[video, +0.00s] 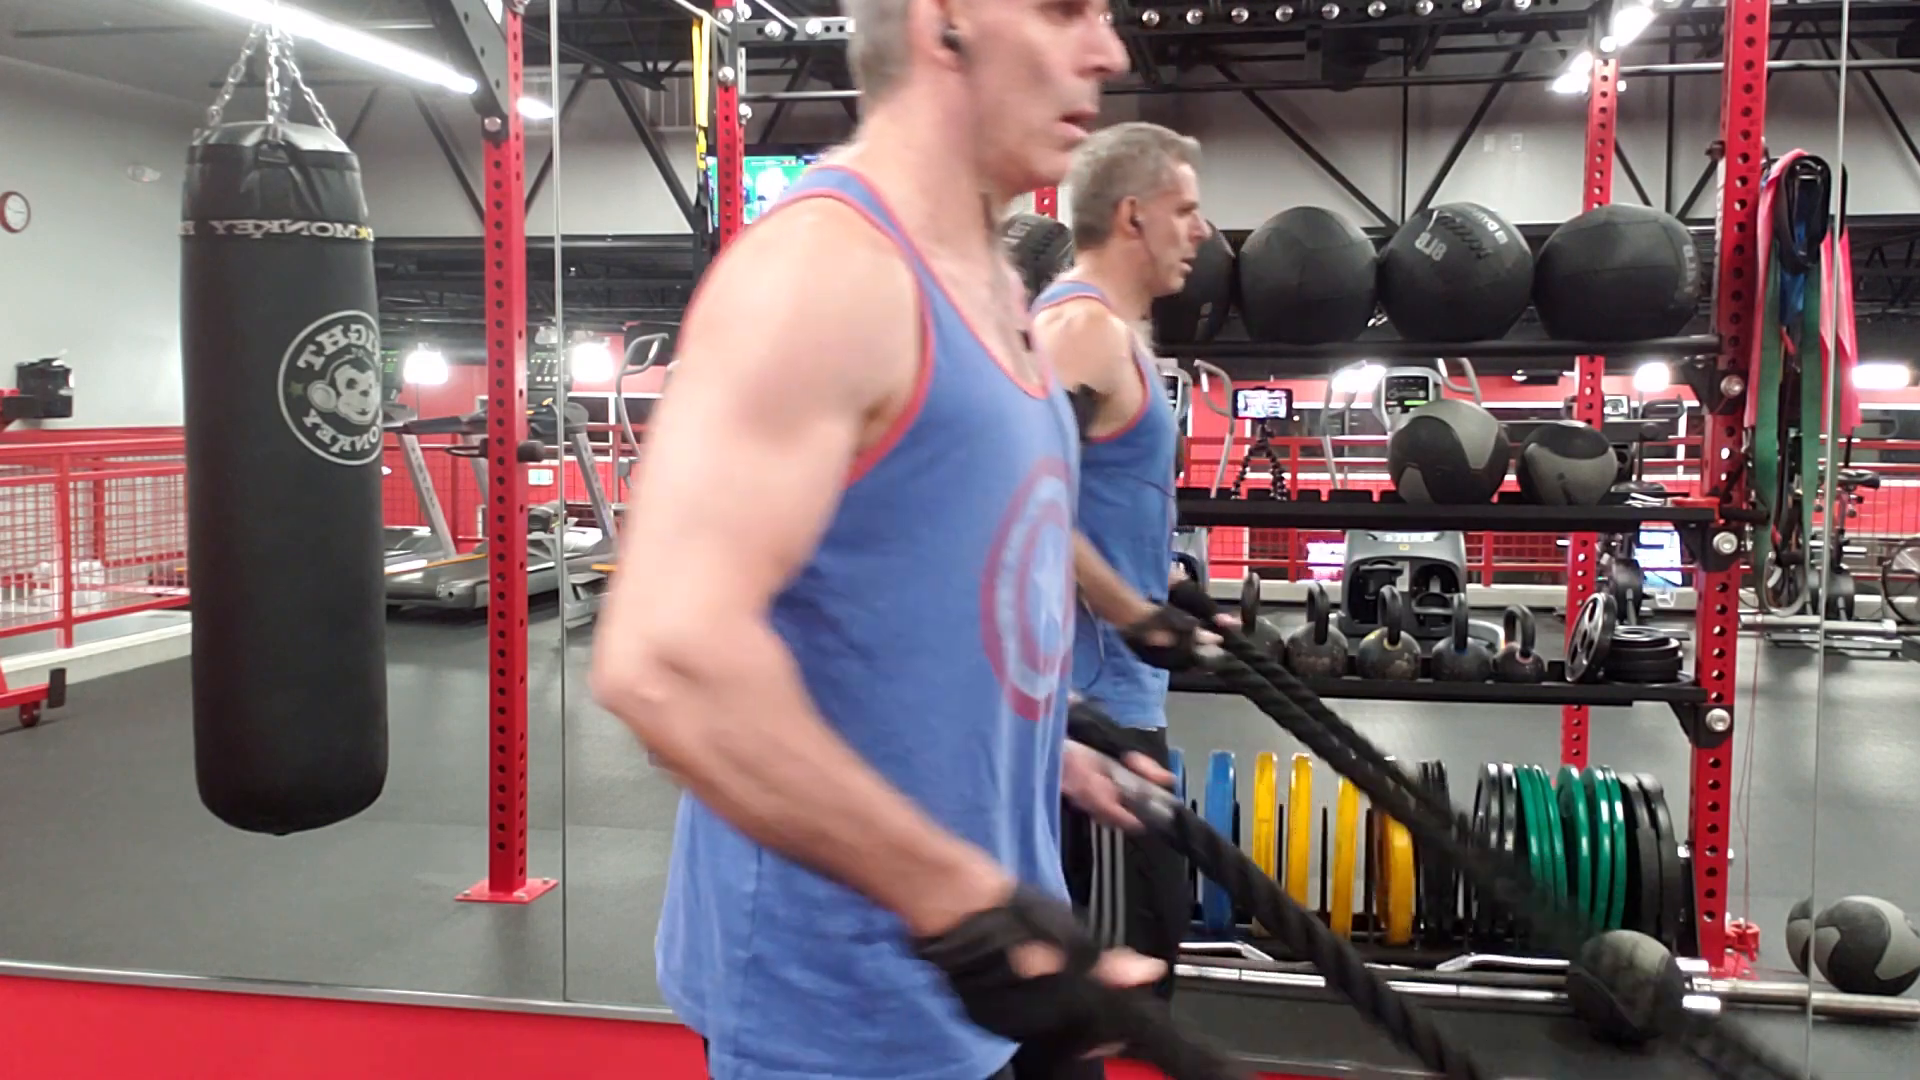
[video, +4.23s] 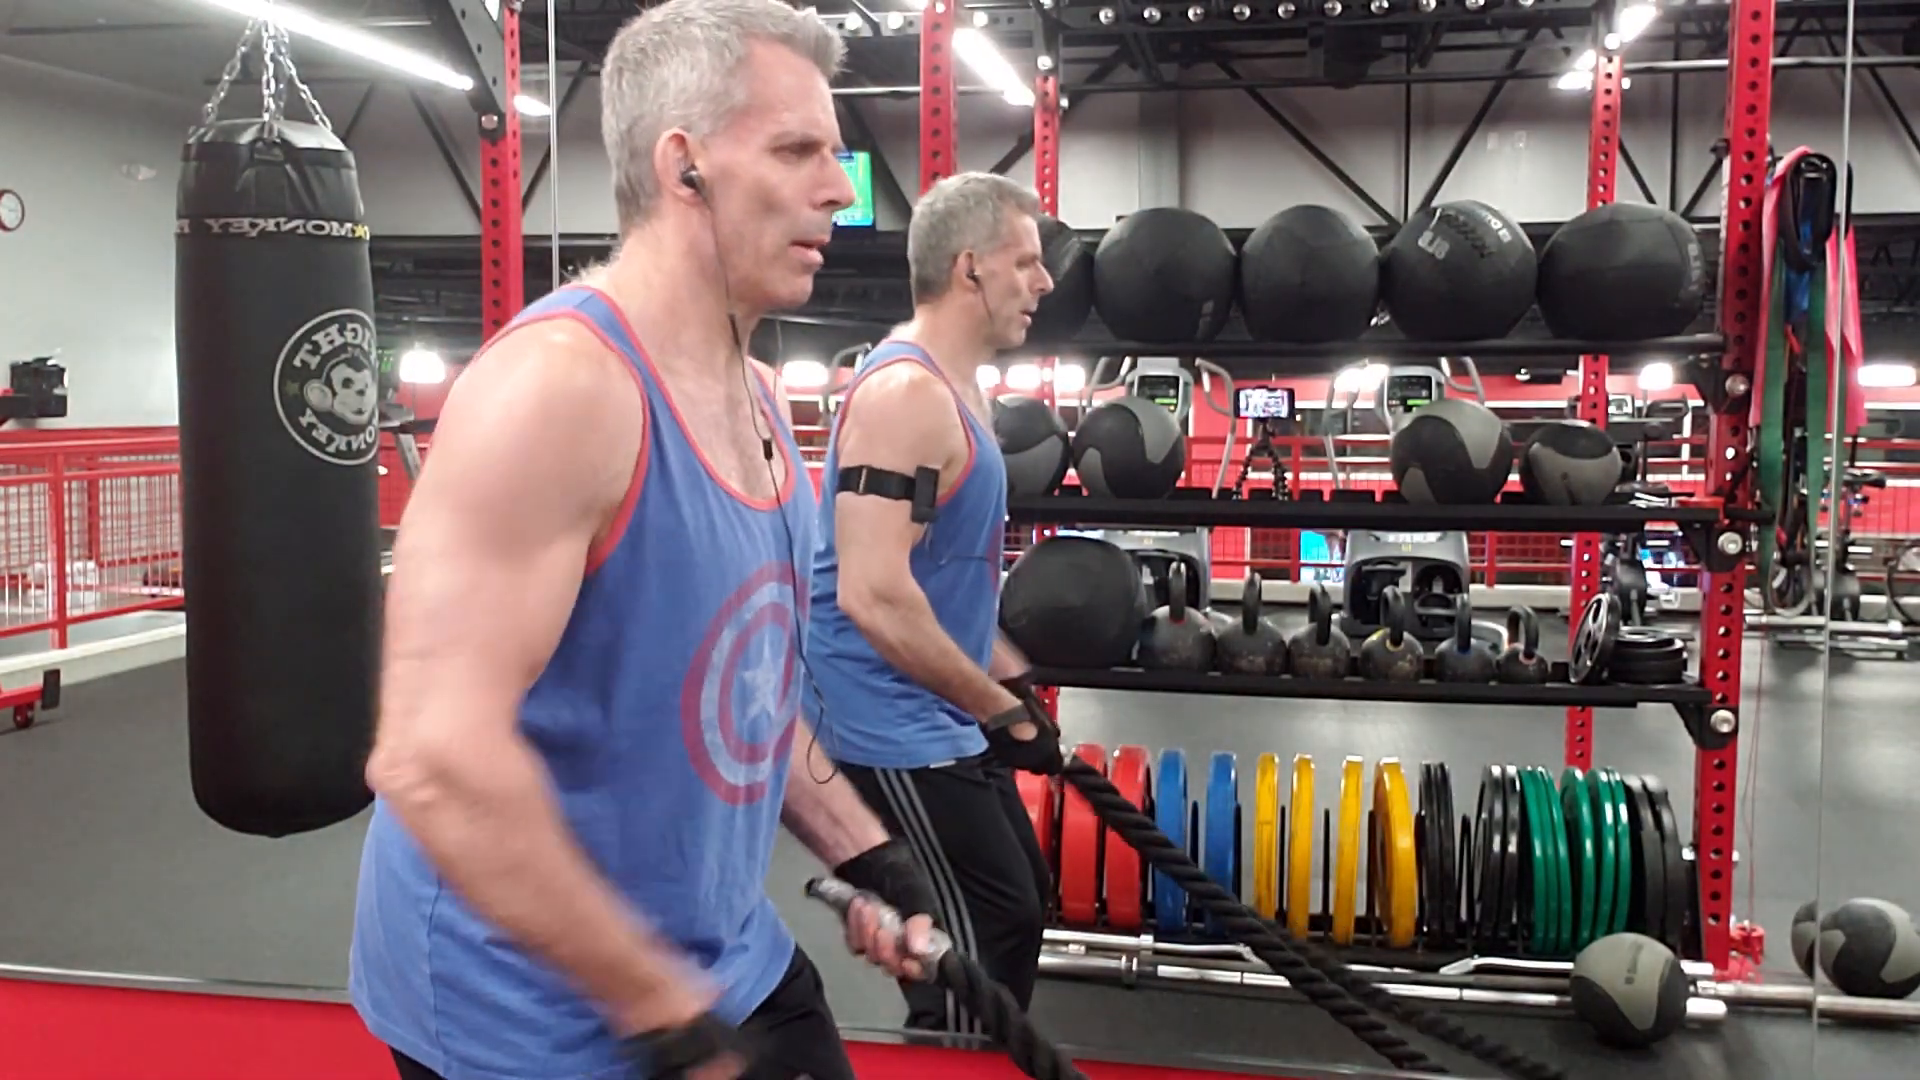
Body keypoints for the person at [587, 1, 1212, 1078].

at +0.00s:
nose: (1110, 53)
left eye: (1101, 16)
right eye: (1065, 10)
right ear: (940, 25)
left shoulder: (987, 285)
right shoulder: (817, 270)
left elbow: (891, 629)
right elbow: (668, 652)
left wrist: (1047, 752)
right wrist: (967, 906)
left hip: (975, 986)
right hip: (842, 1009)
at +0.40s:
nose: (941, 73)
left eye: (940, 35)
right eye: (899, 27)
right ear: (782, 36)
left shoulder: (863, 289)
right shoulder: (673, 273)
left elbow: (872, 585)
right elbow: (604, 641)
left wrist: (1034, 724)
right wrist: (897, 848)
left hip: (834, 949)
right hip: (722, 984)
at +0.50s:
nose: (918, 74)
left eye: (916, 41)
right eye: (875, 31)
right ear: (764, 39)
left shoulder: (838, 280)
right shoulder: (662, 257)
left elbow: (821, 571)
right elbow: (518, 594)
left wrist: (965, 704)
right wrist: (809, 791)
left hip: (806, 910)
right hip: (686, 948)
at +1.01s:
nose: (769, 71)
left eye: (766, 38)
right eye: (723, 29)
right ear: (606, 40)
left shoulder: (734, 283)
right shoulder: (505, 266)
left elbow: (766, 567)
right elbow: (441, 633)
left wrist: (923, 706)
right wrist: (739, 841)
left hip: (736, 915)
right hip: (564, 951)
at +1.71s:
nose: (844, 181)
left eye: (852, 145)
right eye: (817, 134)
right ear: (706, 104)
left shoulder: (778, 328)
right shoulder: (539, 304)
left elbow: (775, 601)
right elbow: (447, 656)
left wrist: (902, 772)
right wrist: (685, 887)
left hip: (748, 925)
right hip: (574, 967)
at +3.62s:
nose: (824, 183)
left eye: (819, 146)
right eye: (784, 142)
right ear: (666, 154)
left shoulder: (742, 378)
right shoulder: (541, 386)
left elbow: (747, 671)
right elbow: (418, 755)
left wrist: (876, 857)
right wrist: (645, 1011)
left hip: (731, 956)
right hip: (528, 1014)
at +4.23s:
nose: (839, 189)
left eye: (835, 153)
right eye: (797, 149)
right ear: (682, 165)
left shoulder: (751, 393)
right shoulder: (553, 383)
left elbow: (739, 686)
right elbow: (432, 754)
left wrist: (870, 865)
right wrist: (674, 1017)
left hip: (733, 959)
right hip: (533, 1017)